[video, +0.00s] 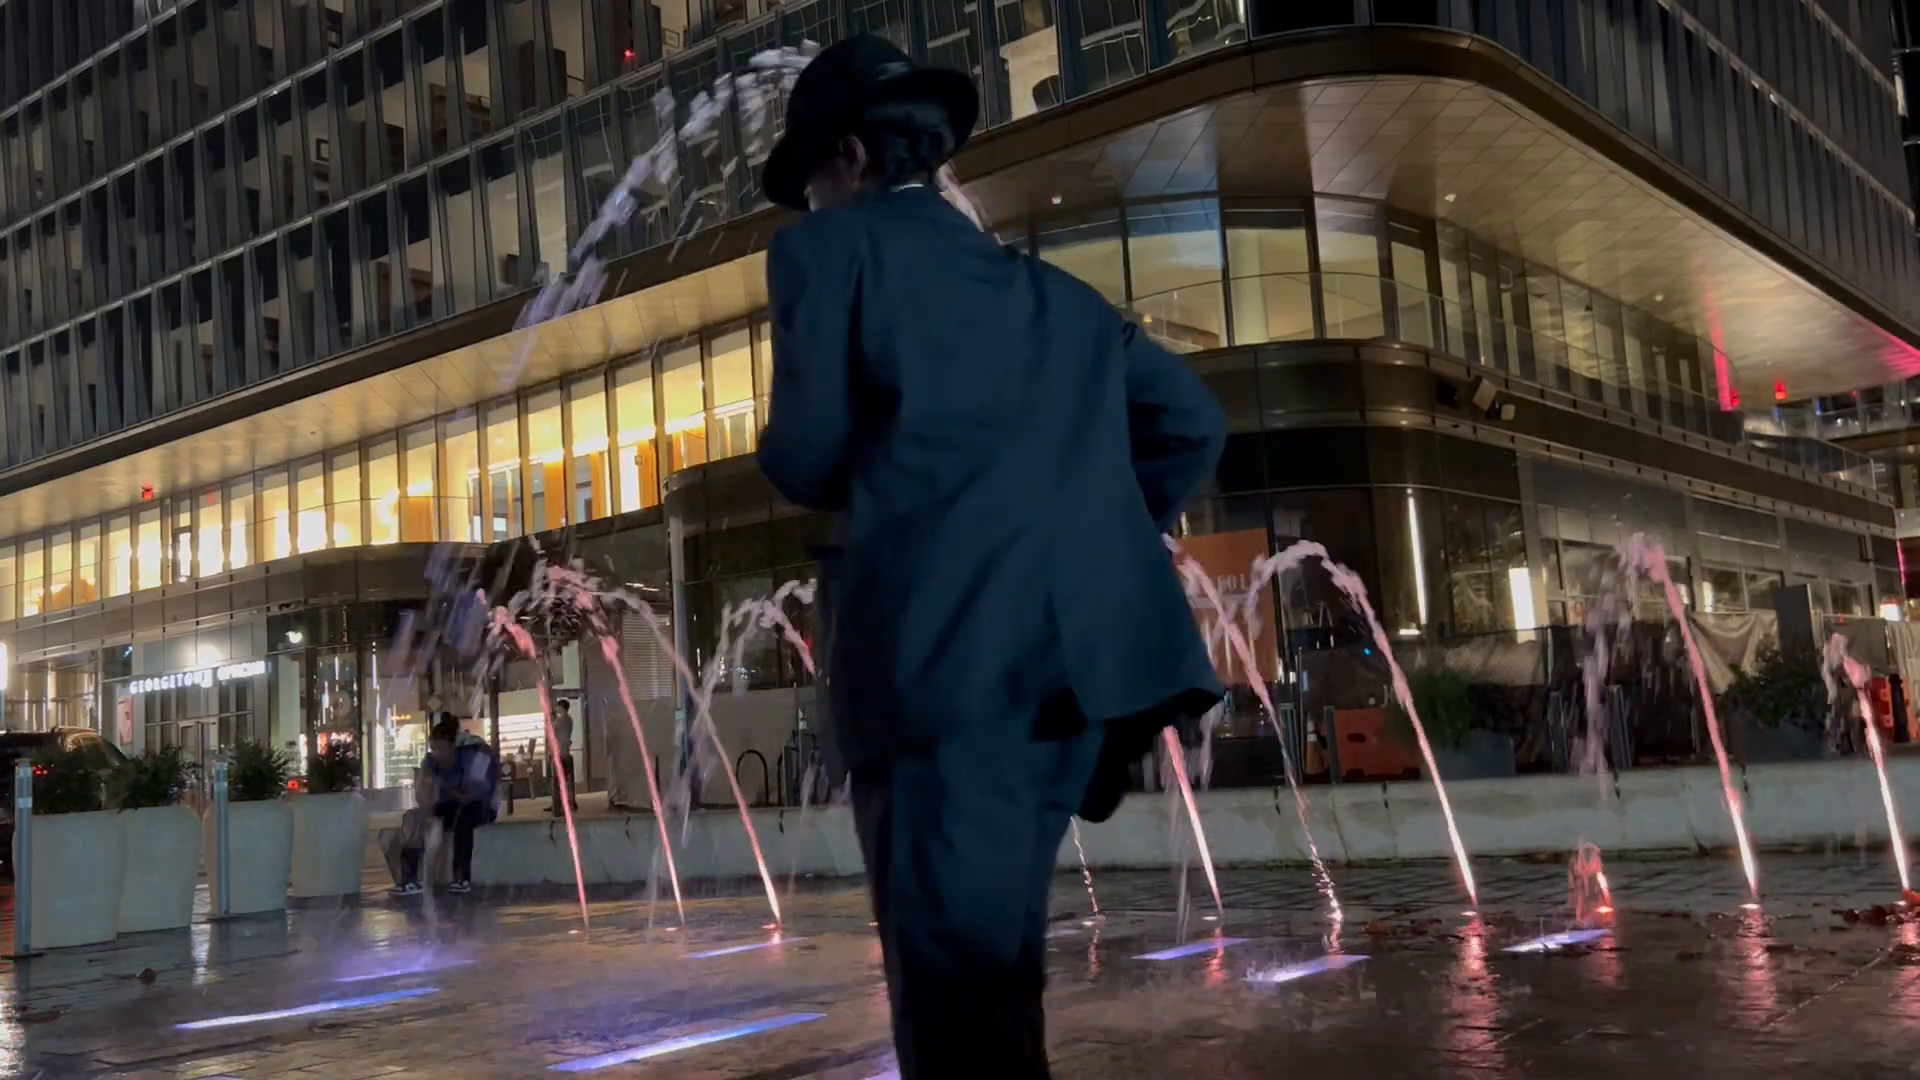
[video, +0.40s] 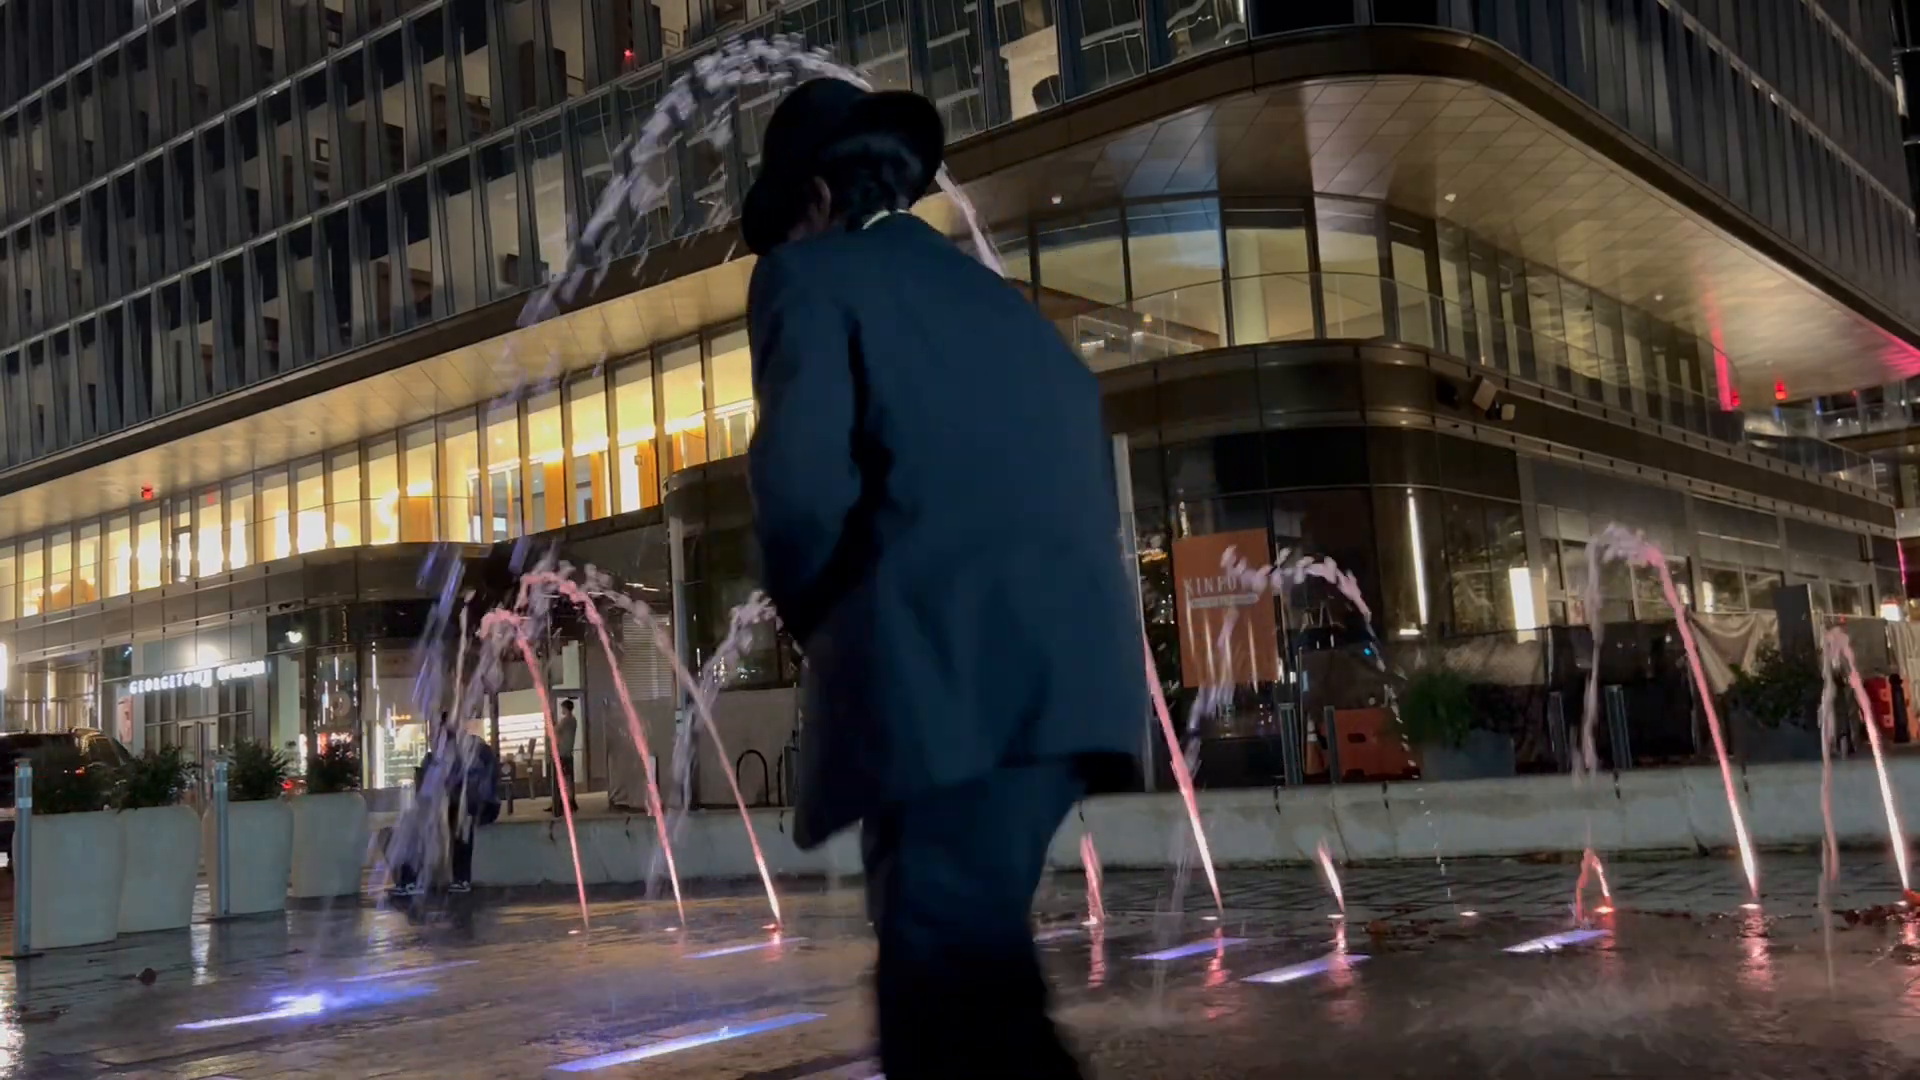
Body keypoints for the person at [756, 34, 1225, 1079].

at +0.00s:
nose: (808, 207)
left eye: (810, 182)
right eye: (805, 186)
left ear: (851, 157)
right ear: (926, 161)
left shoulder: (830, 242)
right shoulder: (1048, 285)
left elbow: (804, 455)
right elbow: (1191, 423)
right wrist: (1107, 532)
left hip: (947, 635)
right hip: (1092, 633)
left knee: (946, 981)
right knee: (1003, 965)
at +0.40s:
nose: (781, 250)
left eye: (781, 226)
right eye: (775, 232)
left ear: (818, 198)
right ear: (898, 192)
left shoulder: (813, 269)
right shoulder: (994, 296)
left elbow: (800, 483)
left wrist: (809, 614)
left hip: (946, 671)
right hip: (1071, 668)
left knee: (936, 996)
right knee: (986, 975)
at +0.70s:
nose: (758, 285)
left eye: (754, 257)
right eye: (752, 263)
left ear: (781, 232)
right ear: (861, 221)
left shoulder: (828, 294)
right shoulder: (928, 304)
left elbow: (873, 500)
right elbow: (921, 520)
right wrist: (803, 655)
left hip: (993, 675)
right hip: (1063, 666)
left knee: (892, 973)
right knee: (1000, 961)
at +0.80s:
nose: (747, 354)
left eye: (740, 323)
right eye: (739, 334)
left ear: (756, 290)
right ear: (838, 276)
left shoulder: (830, 336)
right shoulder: (895, 351)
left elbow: (839, 519)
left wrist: (652, 649)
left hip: (1017, 701)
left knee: (880, 976)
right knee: (1014, 972)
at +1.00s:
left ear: (837, 294)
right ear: (953, 265)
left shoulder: (792, 406)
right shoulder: (1039, 327)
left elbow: (816, 606)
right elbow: (1170, 463)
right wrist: (1166, 627)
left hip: (929, 731)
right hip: (1093, 704)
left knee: (854, 1009)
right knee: (1035, 974)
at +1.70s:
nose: (787, 227)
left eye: (811, 201)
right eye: (772, 204)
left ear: (864, 209)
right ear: (758, 218)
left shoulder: (949, 305)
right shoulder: (770, 392)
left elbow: (1097, 446)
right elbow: (788, 561)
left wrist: (1025, 567)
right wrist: (806, 601)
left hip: (990, 670)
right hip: (877, 700)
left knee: (925, 917)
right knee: (872, 923)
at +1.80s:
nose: (753, 211)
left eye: (778, 184)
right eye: (738, 190)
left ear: (839, 188)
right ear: (727, 200)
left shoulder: (907, 275)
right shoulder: (780, 341)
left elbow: (1022, 424)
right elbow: (825, 512)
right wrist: (778, 556)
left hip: (958, 655)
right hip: (892, 664)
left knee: (819, 907)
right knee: (965, 931)